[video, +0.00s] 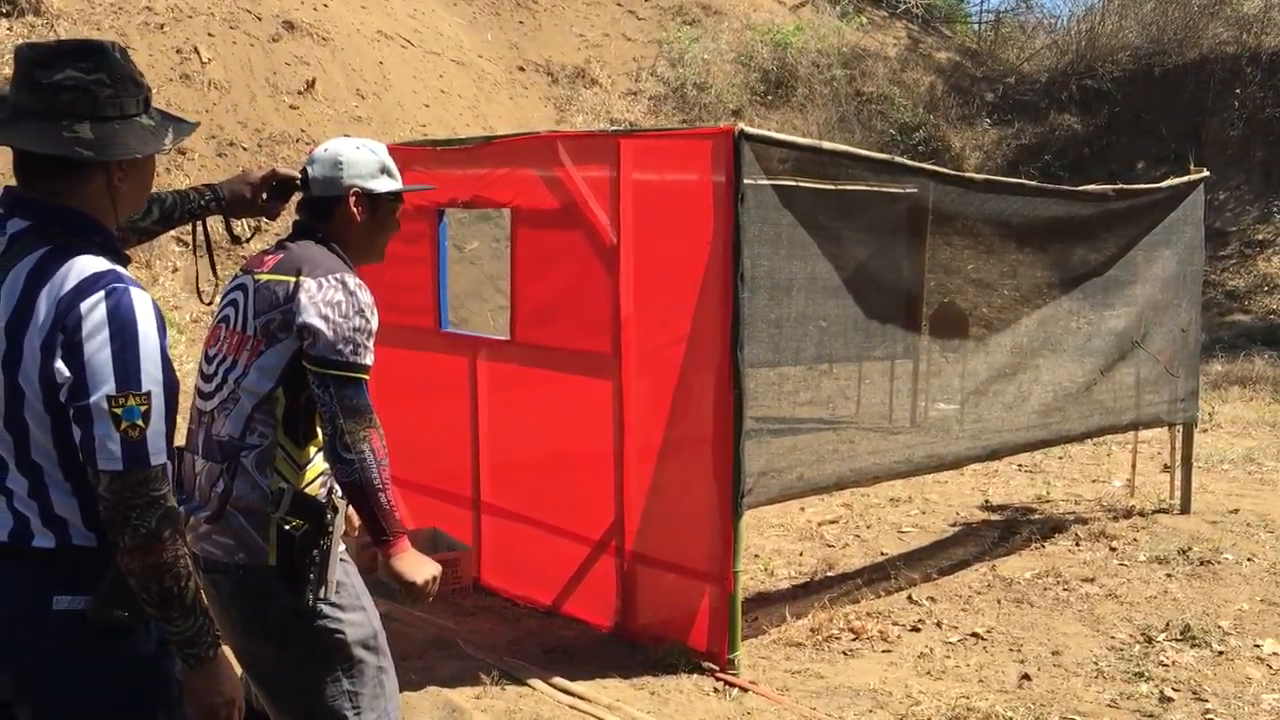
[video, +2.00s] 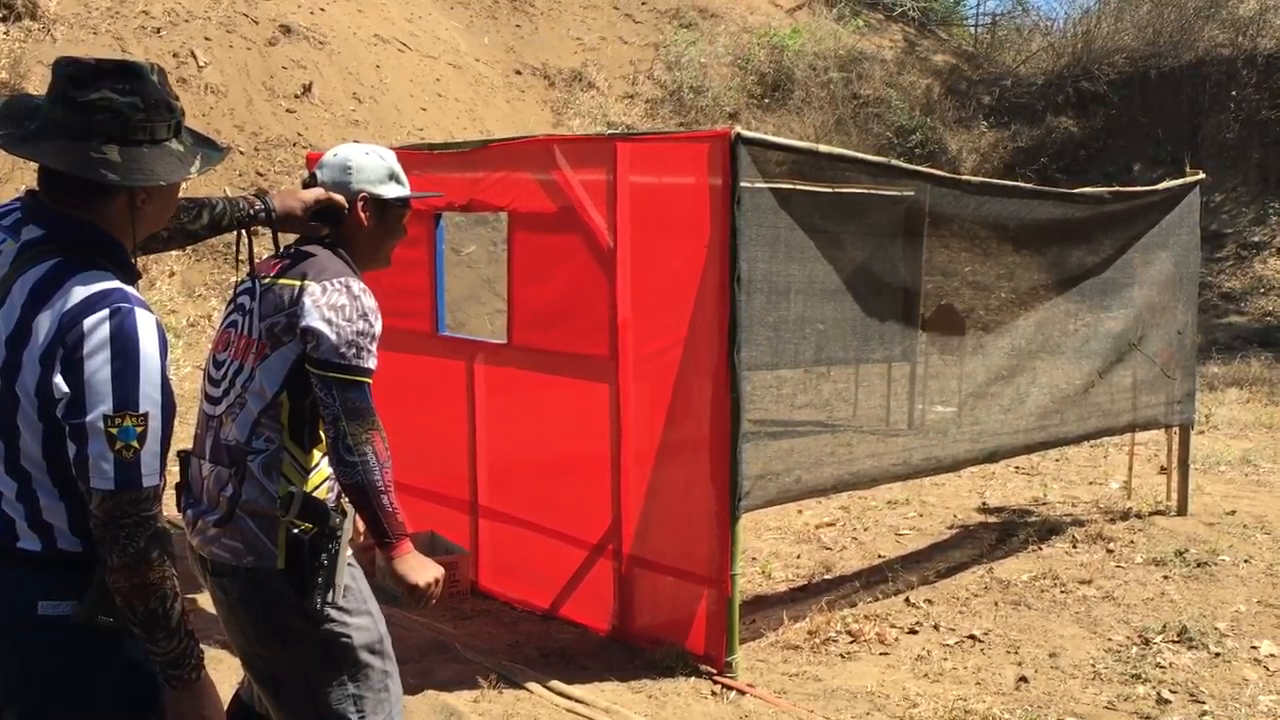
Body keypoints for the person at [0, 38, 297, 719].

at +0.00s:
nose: (159, 167)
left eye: (159, 151)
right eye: (152, 152)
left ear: (26, 156)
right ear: (116, 170)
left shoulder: (12, 239)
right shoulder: (108, 304)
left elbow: (107, 226)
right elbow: (141, 519)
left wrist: (221, 196)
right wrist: (203, 650)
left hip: (13, 578)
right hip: (89, 609)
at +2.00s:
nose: (182, 189)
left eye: (182, 176)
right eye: (174, 177)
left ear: (53, 167)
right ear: (134, 194)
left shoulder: (14, 228)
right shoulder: (113, 322)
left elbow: (146, 221)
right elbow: (128, 533)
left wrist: (272, 206)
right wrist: (187, 677)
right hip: (68, 607)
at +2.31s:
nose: (179, 187)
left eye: (180, 173)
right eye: (171, 174)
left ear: (51, 166)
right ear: (133, 190)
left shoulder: (15, 226)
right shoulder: (110, 320)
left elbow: (140, 222)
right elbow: (125, 533)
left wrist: (264, 204)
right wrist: (182, 676)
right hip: (62, 611)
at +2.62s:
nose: (149, 188)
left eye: (148, 174)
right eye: (144, 174)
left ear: (28, 173)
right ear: (108, 192)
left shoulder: (7, 243)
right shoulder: (86, 321)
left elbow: (107, 226)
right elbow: (110, 526)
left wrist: (231, 195)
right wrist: (169, 668)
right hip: (52, 618)